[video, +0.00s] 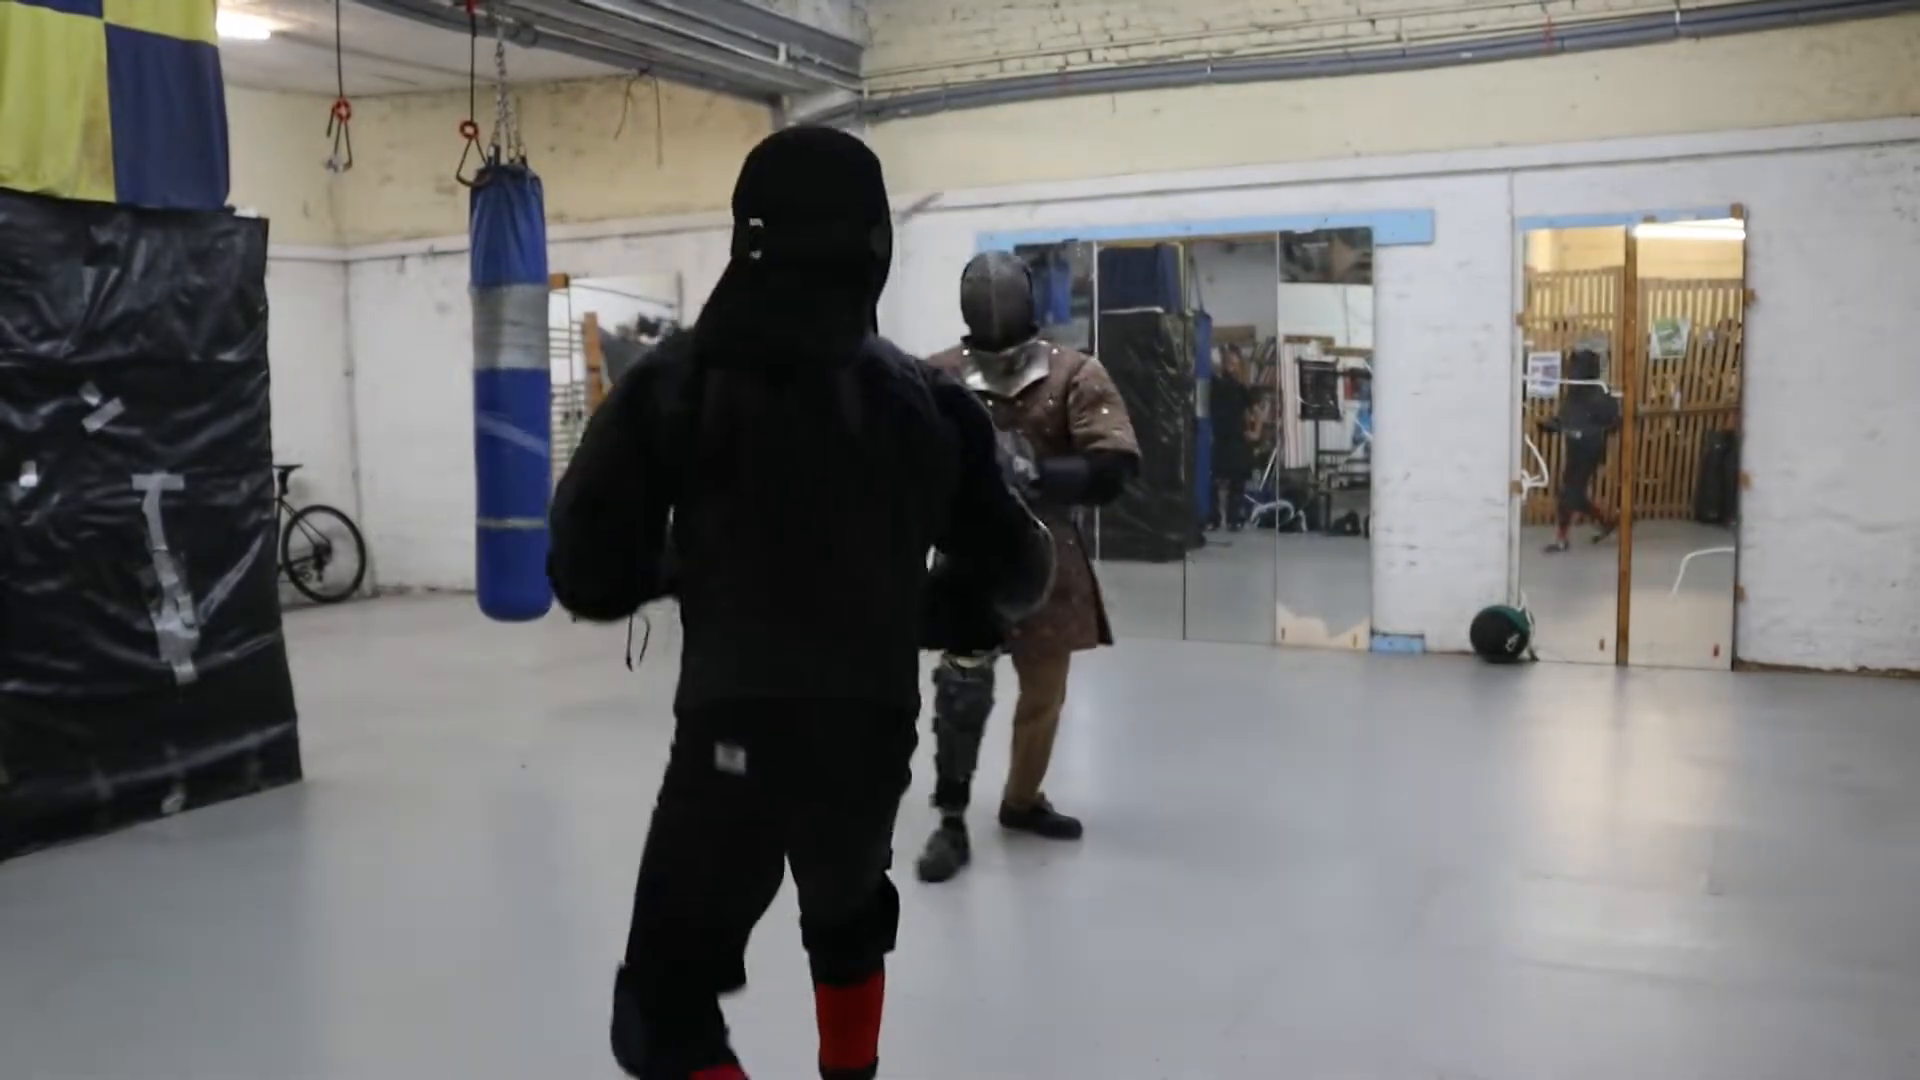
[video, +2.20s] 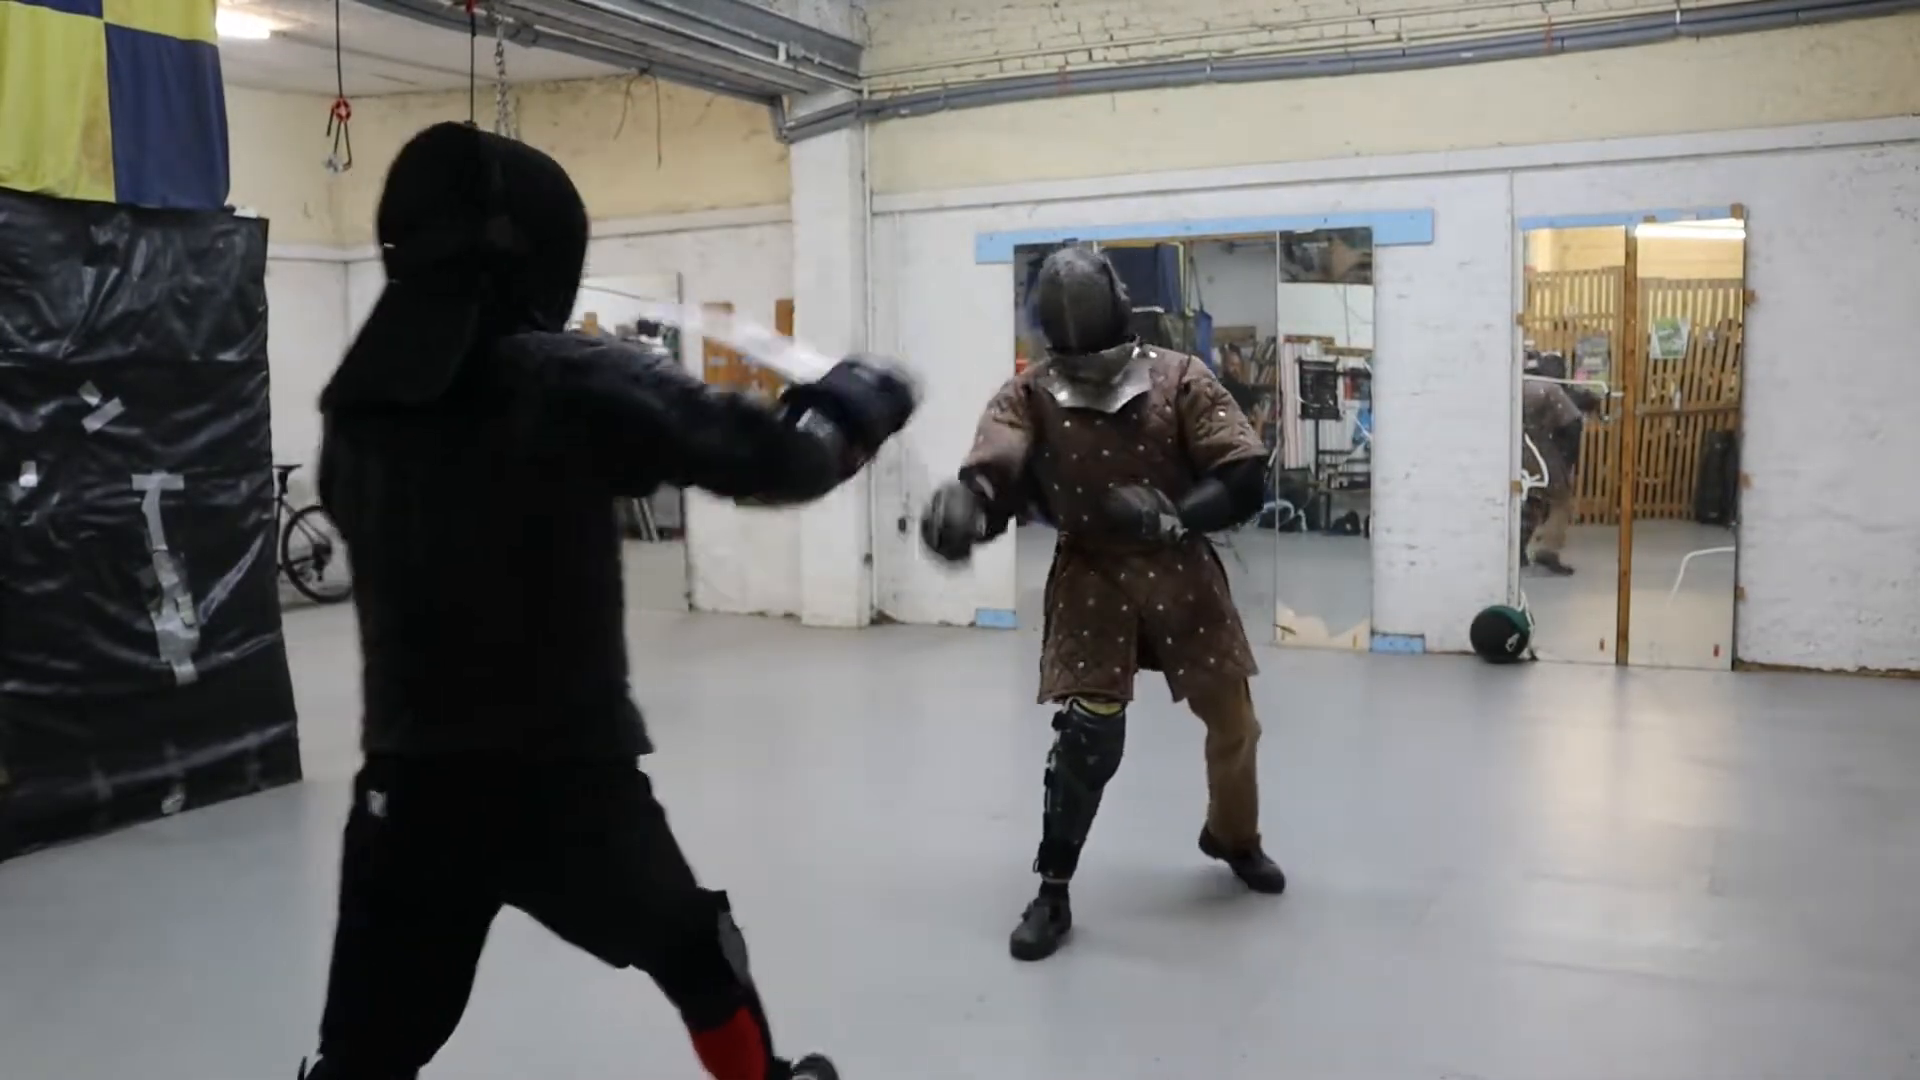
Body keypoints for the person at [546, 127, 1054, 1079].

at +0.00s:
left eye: (749, 225)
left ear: (749, 238)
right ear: (872, 244)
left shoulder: (680, 380)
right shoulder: (922, 401)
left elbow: (589, 574)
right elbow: (1012, 572)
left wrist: (697, 550)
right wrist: (900, 603)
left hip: (733, 735)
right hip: (868, 730)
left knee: (666, 998)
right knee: (850, 921)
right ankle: (850, 1069)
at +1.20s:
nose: (785, 278)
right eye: (776, 254)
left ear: (631, 257)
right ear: (751, 260)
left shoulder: (543, 397)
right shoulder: (792, 396)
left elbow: (502, 592)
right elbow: (933, 561)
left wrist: (619, 609)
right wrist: (834, 614)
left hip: (602, 761)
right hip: (758, 756)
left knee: (527, 1013)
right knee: (822, 948)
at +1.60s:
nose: (663, 274)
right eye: (651, 249)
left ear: (500, 261)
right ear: (626, 260)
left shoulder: (433, 409)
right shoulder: (657, 390)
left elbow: (417, 600)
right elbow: (850, 517)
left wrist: (539, 576)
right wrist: (887, 484)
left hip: (491, 793)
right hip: (650, 787)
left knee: (407, 1038)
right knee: (784, 950)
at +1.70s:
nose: (623, 297)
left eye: (618, 268)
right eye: (613, 269)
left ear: (455, 271)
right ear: (586, 276)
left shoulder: (390, 423)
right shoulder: (612, 412)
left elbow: (378, 617)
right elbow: (796, 552)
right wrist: (834, 497)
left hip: (441, 818)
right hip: (602, 812)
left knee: (372, 1057)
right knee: (759, 959)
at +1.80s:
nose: (583, 288)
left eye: (578, 262)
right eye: (575, 263)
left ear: (416, 263)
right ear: (550, 270)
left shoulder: (341, 415)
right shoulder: (575, 410)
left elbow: (319, 617)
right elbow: (708, 584)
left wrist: (446, 620)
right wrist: (784, 562)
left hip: (396, 813)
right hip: (559, 808)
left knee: (344, 1062)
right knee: (713, 989)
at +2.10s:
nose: (550, 272)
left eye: (545, 246)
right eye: (541, 247)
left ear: (373, 245)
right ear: (505, 252)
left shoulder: (319, 395)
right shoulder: (540, 380)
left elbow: (324, 559)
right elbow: (715, 543)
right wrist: (772, 500)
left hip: (383, 798)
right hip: (543, 790)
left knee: (339, 1058)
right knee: (682, 957)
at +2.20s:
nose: (574, 268)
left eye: (568, 241)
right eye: (564, 243)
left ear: (406, 255)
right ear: (538, 253)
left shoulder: (357, 406)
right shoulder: (576, 381)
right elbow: (783, 460)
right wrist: (856, 401)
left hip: (412, 802)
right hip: (572, 795)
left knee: (359, 1056)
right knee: (698, 959)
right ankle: (756, 1073)